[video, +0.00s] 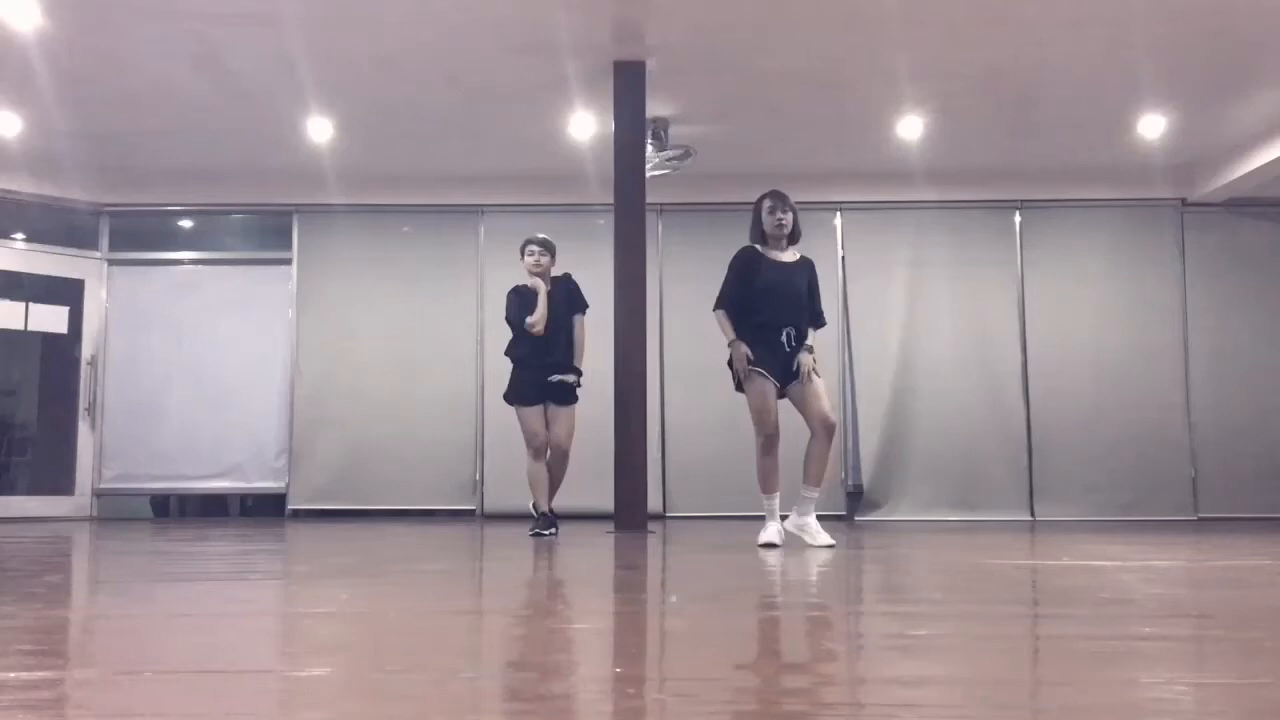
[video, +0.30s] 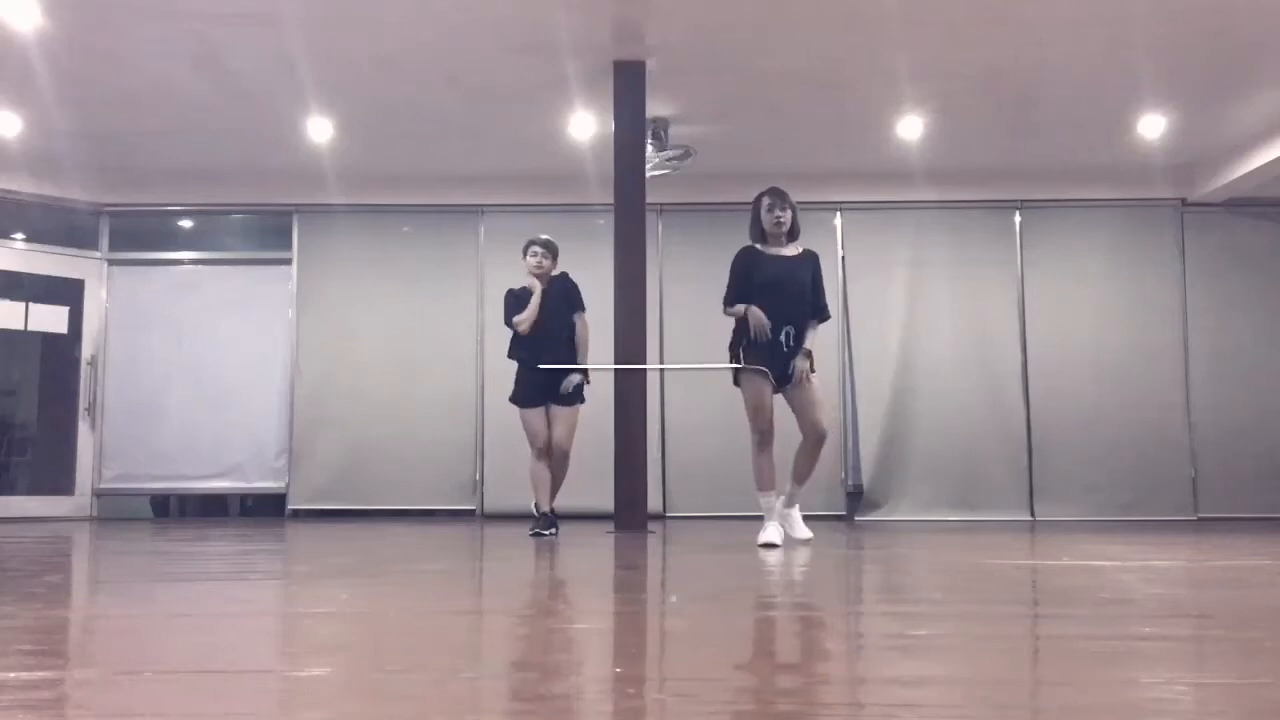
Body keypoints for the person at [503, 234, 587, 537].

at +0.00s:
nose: (536, 258)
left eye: (542, 254)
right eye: (530, 254)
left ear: (552, 260)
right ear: (522, 260)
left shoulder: (566, 285)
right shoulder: (517, 295)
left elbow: (578, 327)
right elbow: (535, 326)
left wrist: (576, 368)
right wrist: (542, 289)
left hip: (561, 375)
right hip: (527, 377)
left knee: (560, 447)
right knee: (537, 446)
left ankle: (543, 505)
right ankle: (543, 514)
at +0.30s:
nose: (539, 260)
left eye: (545, 256)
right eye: (533, 255)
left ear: (554, 262)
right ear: (524, 260)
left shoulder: (565, 286)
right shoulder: (515, 295)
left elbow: (581, 326)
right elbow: (522, 326)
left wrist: (581, 369)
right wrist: (537, 290)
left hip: (565, 375)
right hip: (531, 377)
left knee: (561, 447)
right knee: (539, 447)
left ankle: (546, 506)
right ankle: (544, 515)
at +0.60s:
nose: (544, 259)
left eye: (550, 255)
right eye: (538, 255)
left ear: (559, 262)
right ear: (529, 260)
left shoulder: (567, 292)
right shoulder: (518, 289)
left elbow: (582, 334)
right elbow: (510, 320)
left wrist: (573, 361)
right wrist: (536, 291)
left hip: (565, 375)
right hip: (531, 376)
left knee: (560, 448)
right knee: (541, 449)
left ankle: (555, 509)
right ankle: (544, 515)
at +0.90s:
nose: (542, 257)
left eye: (548, 252)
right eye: (536, 254)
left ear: (559, 258)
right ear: (528, 261)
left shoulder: (571, 296)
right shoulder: (519, 283)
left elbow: (584, 341)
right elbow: (519, 319)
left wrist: (569, 345)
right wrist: (544, 290)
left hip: (563, 375)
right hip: (530, 375)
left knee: (558, 444)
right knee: (538, 449)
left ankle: (557, 504)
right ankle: (544, 515)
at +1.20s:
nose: (538, 259)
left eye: (543, 253)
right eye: (532, 257)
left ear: (556, 260)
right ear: (526, 266)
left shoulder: (571, 296)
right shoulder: (521, 289)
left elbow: (590, 340)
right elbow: (529, 325)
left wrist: (561, 337)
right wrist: (548, 293)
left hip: (563, 376)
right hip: (530, 376)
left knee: (562, 446)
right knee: (538, 447)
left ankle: (555, 505)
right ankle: (544, 514)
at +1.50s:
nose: (541, 258)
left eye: (546, 253)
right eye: (535, 256)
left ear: (557, 259)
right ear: (528, 264)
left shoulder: (574, 294)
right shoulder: (520, 294)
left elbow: (587, 334)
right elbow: (516, 328)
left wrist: (573, 339)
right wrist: (547, 307)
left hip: (567, 377)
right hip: (533, 377)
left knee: (561, 447)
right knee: (541, 446)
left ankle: (542, 507)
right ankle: (543, 514)